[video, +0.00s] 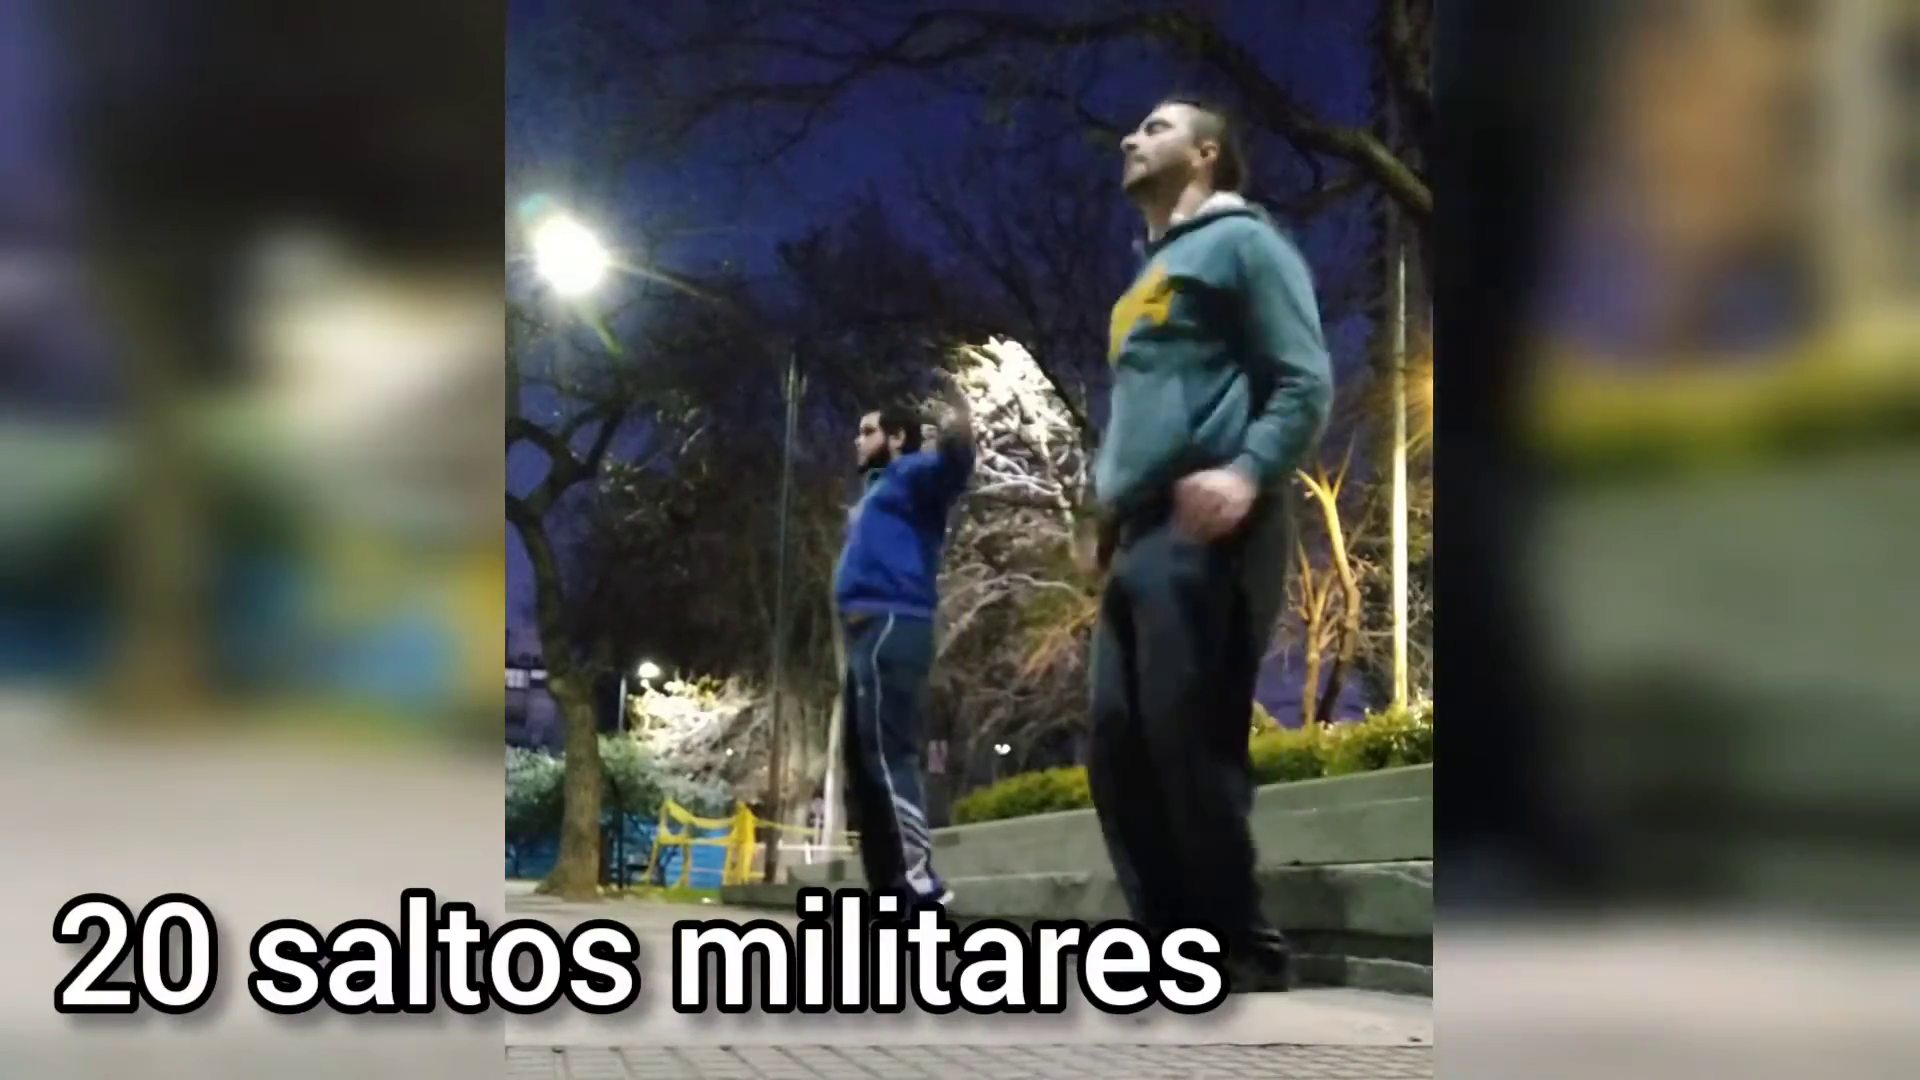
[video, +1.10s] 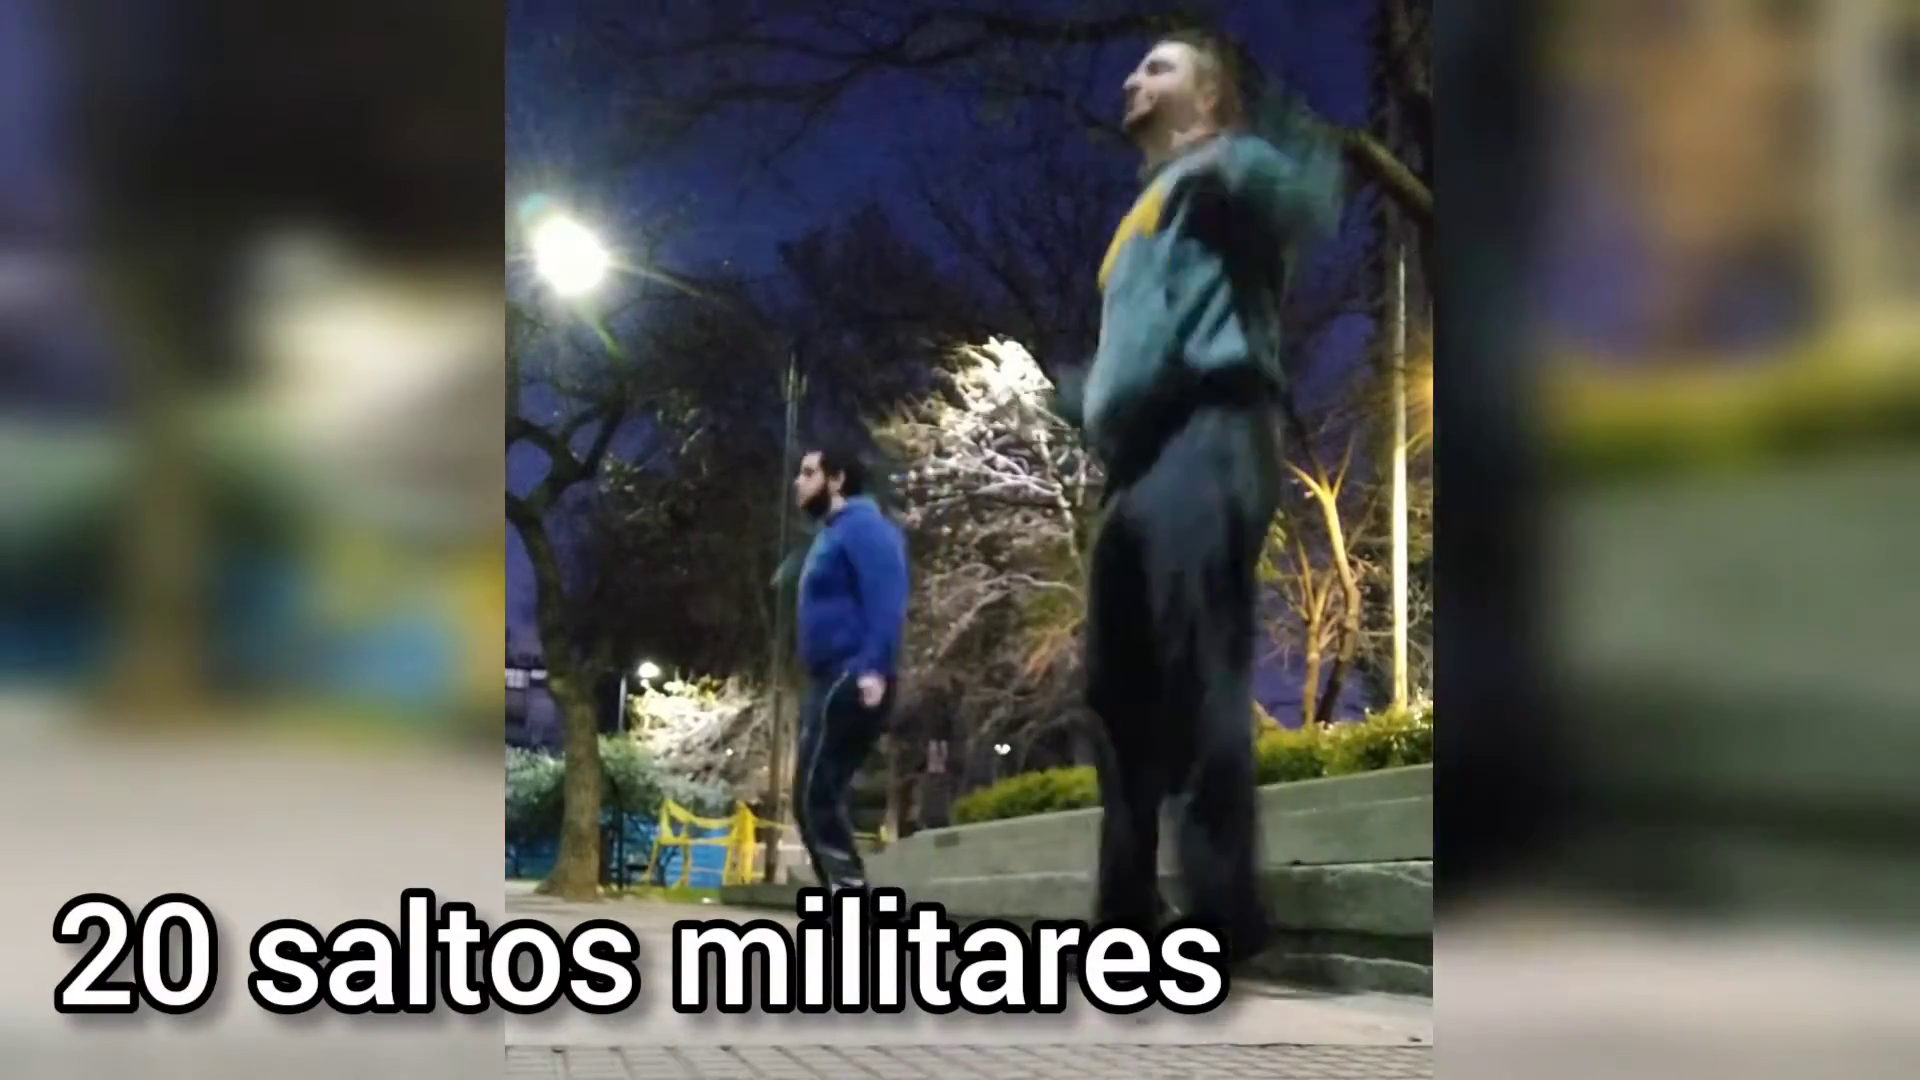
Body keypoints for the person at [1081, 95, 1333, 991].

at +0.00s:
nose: (1132, 138)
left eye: (1155, 126)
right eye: (1133, 129)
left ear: (1205, 152)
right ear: (1150, 164)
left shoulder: (1244, 240)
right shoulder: (1155, 264)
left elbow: (1305, 382)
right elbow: (1151, 402)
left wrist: (1247, 470)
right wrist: (1116, 511)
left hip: (1205, 523)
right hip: (1137, 532)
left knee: (1191, 739)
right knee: (1118, 749)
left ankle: (1232, 950)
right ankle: (1173, 951)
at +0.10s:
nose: (1136, 97)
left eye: (1158, 82)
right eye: (1136, 87)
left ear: (1209, 110)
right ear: (1147, 124)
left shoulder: (1243, 187)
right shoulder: (1147, 229)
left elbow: (1295, 292)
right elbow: (1136, 356)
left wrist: (1251, 389)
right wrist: (1112, 443)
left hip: (1213, 467)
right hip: (1139, 483)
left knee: (1202, 691)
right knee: (1127, 700)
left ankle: (1234, 933)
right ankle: (1170, 929)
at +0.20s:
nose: (1133, 81)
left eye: (1155, 65)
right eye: (1138, 68)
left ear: (1208, 87)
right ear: (1162, 101)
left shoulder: (1237, 167)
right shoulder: (1143, 220)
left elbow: (1302, 165)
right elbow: (1115, 358)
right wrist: (1013, 342)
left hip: (1215, 429)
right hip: (1143, 452)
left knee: (1221, 660)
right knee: (1128, 684)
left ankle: (1270, 902)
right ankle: (1141, 909)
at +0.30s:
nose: (1134, 95)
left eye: (1155, 84)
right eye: (1138, 86)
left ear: (1209, 104)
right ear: (1161, 116)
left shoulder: (1233, 172)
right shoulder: (1134, 226)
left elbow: (1281, 62)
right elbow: (1089, 289)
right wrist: (1036, 200)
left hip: (1211, 444)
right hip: (1138, 465)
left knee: (1235, 669)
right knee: (1108, 717)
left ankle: (1319, 920)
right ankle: (1106, 934)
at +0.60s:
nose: (1129, 105)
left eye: (1151, 92)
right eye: (1132, 95)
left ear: (1204, 111)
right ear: (1141, 123)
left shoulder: (1228, 177)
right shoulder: (1125, 235)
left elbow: (1298, 57)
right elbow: (1085, 263)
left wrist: (1301, 7)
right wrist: (1035, 179)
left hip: (1199, 452)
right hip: (1127, 478)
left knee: (1220, 690)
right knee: (1096, 726)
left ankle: (1322, 933)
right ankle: (1092, 944)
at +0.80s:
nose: (1120, 91)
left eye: (1142, 76)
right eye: (1122, 79)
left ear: (1194, 100)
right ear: (1137, 110)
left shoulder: (1213, 169)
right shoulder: (1137, 207)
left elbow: (1319, 253)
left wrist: (1243, 325)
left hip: (1191, 448)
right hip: (1120, 464)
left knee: (1181, 688)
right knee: (1098, 705)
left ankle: (1220, 936)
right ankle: (1131, 928)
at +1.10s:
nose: (1135, 81)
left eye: (1159, 66)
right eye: (1137, 69)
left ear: (1211, 92)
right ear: (1147, 100)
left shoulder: (1234, 165)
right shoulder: (1141, 211)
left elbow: (1302, 198)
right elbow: (1129, 343)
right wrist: (1096, 407)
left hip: (1214, 430)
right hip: (1140, 448)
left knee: (1199, 673)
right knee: (1120, 688)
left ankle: (1218, 922)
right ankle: (1125, 922)